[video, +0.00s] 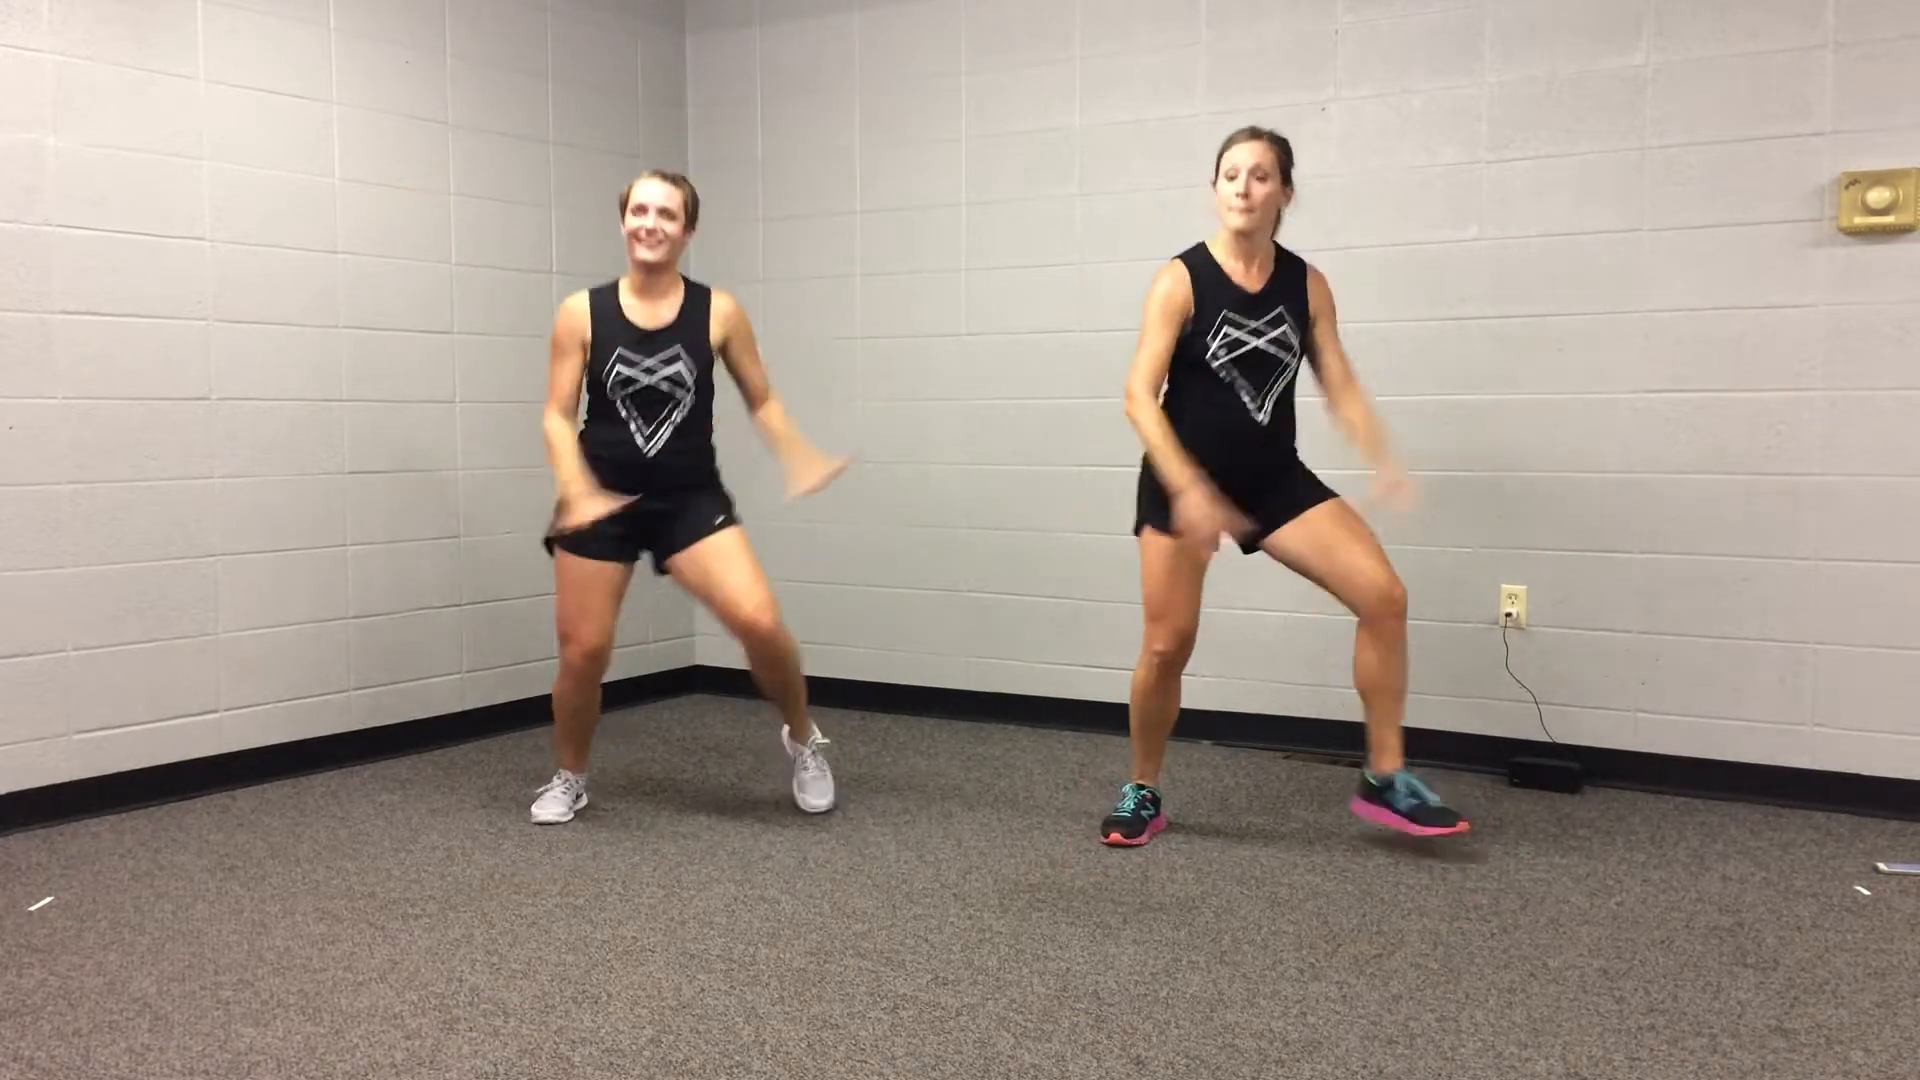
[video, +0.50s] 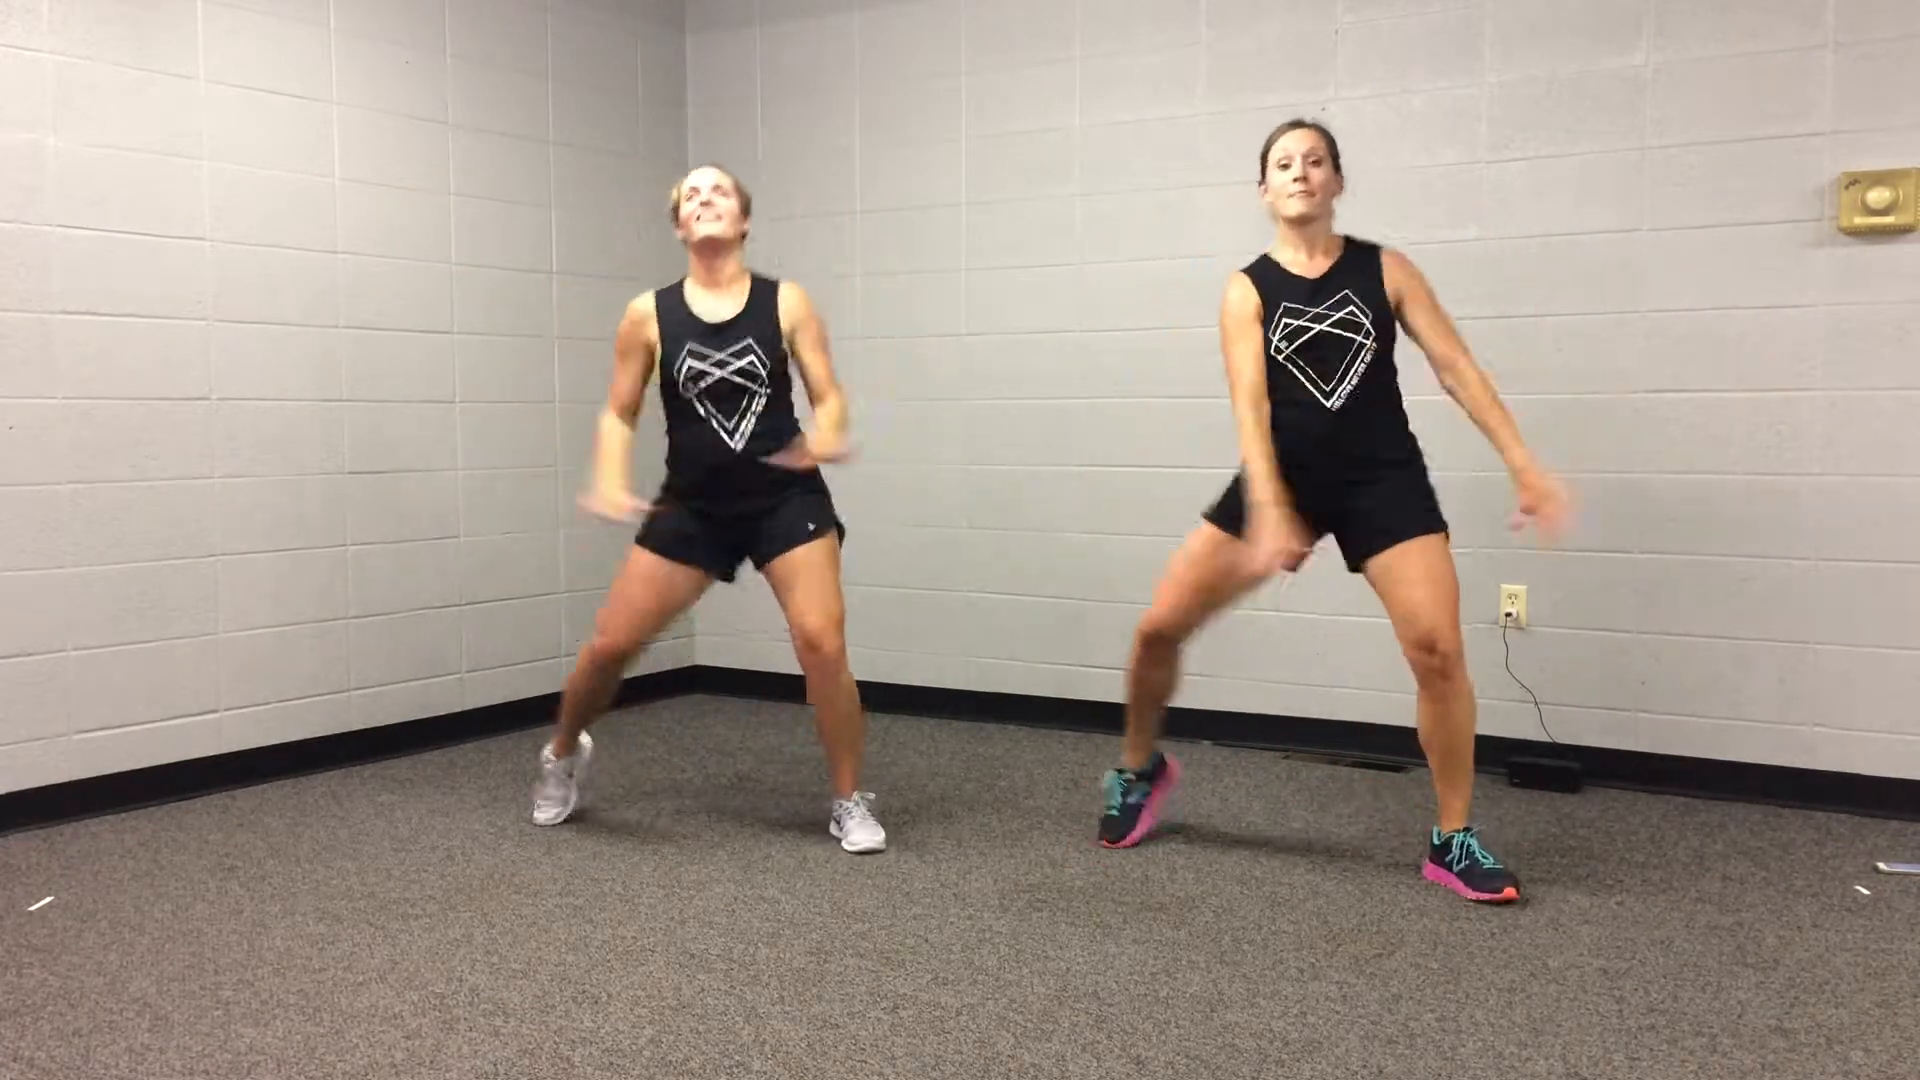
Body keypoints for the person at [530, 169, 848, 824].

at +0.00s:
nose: (650, 223)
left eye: (666, 215)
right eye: (640, 212)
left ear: (687, 231)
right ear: (623, 225)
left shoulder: (718, 313)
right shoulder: (582, 313)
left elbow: (762, 400)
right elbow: (558, 413)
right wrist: (575, 486)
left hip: (688, 499)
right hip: (599, 500)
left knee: (760, 623)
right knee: (581, 653)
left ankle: (804, 742)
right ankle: (570, 776)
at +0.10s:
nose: (649, 200)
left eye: (663, 192)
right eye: (637, 189)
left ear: (683, 210)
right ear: (618, 203)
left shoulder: (712, 285)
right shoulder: (584, 297)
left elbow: (777, 353)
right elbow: (580, 400)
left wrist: (859, 343)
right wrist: (671, 400)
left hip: (713, 475)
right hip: (627, 486)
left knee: (784, 606)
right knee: (601, 645)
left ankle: (825, 763)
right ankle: (570, 773)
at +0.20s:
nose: (662, 203)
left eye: (674, 195)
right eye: (648, 194)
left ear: (691, 216)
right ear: (625, 213)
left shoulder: (710, 288)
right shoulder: (597, 300)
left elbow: (786, 341)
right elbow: (628, 392)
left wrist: (834, 266)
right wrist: (689, 305)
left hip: (745, 475)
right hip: (662, 490)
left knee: (802, 623)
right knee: (622, 654)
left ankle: (845, 792)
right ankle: (571, 776)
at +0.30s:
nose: (676, 223)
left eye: (688, 216)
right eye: (662, 215)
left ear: (705, 241)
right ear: (638, 238)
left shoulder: (725, 309)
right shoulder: (615, 328)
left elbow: (802, 375)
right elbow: (652, 425)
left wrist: (824, 289)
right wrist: (702, 332)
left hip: (777, 494)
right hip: (693, 515)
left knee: (827, 637)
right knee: (644, 675)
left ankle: (848, 798)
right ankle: (581, 776)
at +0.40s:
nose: (690, 223)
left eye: (703, 215)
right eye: (677, 217)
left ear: (724, 240)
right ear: (657, 243)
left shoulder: (760, 320)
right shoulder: (633, 337)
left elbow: (816, 413)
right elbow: (634, 447)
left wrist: (885, 399)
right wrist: (720, 462)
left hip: (790, 496)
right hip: (704, 514)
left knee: (835, 646)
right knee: (641, 675)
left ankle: (848, 800)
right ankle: (579, 771)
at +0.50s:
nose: (705, 200)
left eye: (719, 192)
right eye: (692, 195)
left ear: (745, 218)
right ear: (677, 224)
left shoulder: (786, 302)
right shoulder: (649, 314)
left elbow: (828, 396)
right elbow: (619, 412)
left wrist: (823, 439)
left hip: (785, 497)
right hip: (693, 504)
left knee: (822, 642)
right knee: (608, 647)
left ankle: (849, 799)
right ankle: (561, 754)